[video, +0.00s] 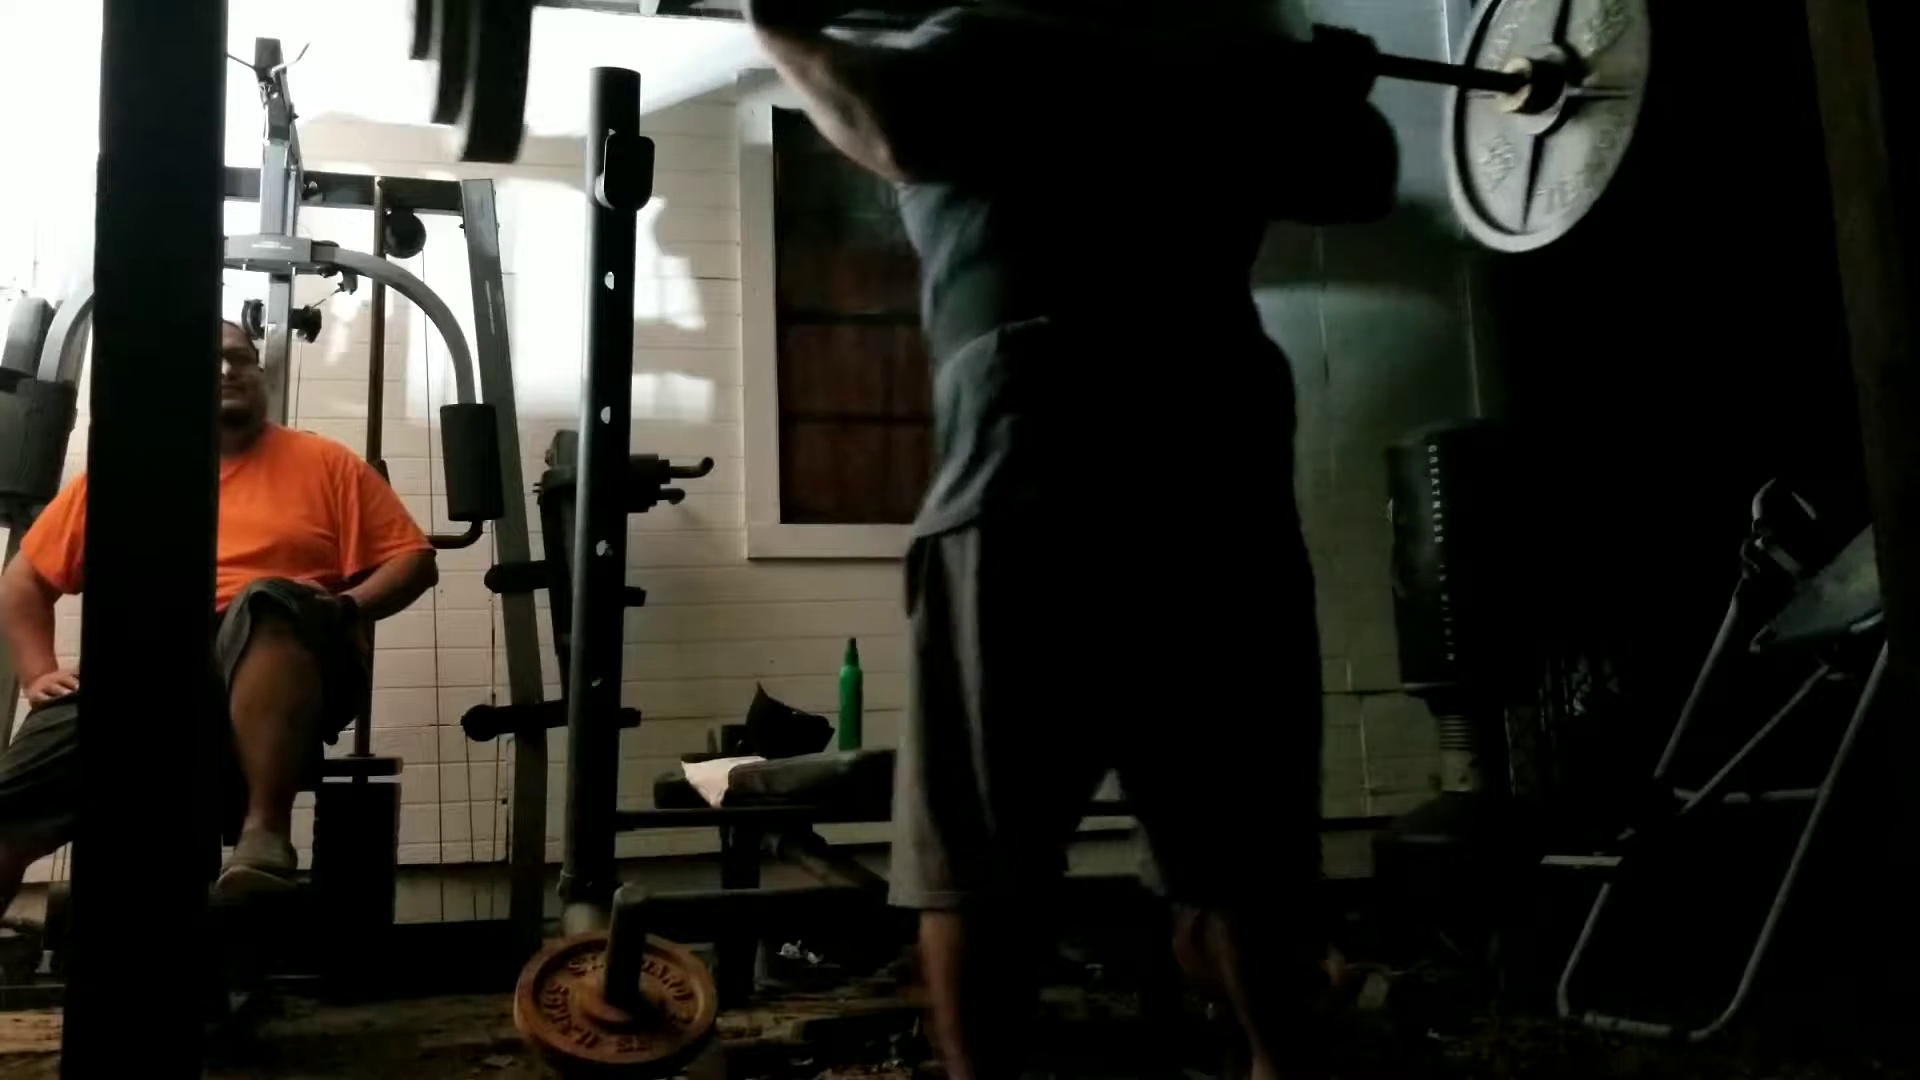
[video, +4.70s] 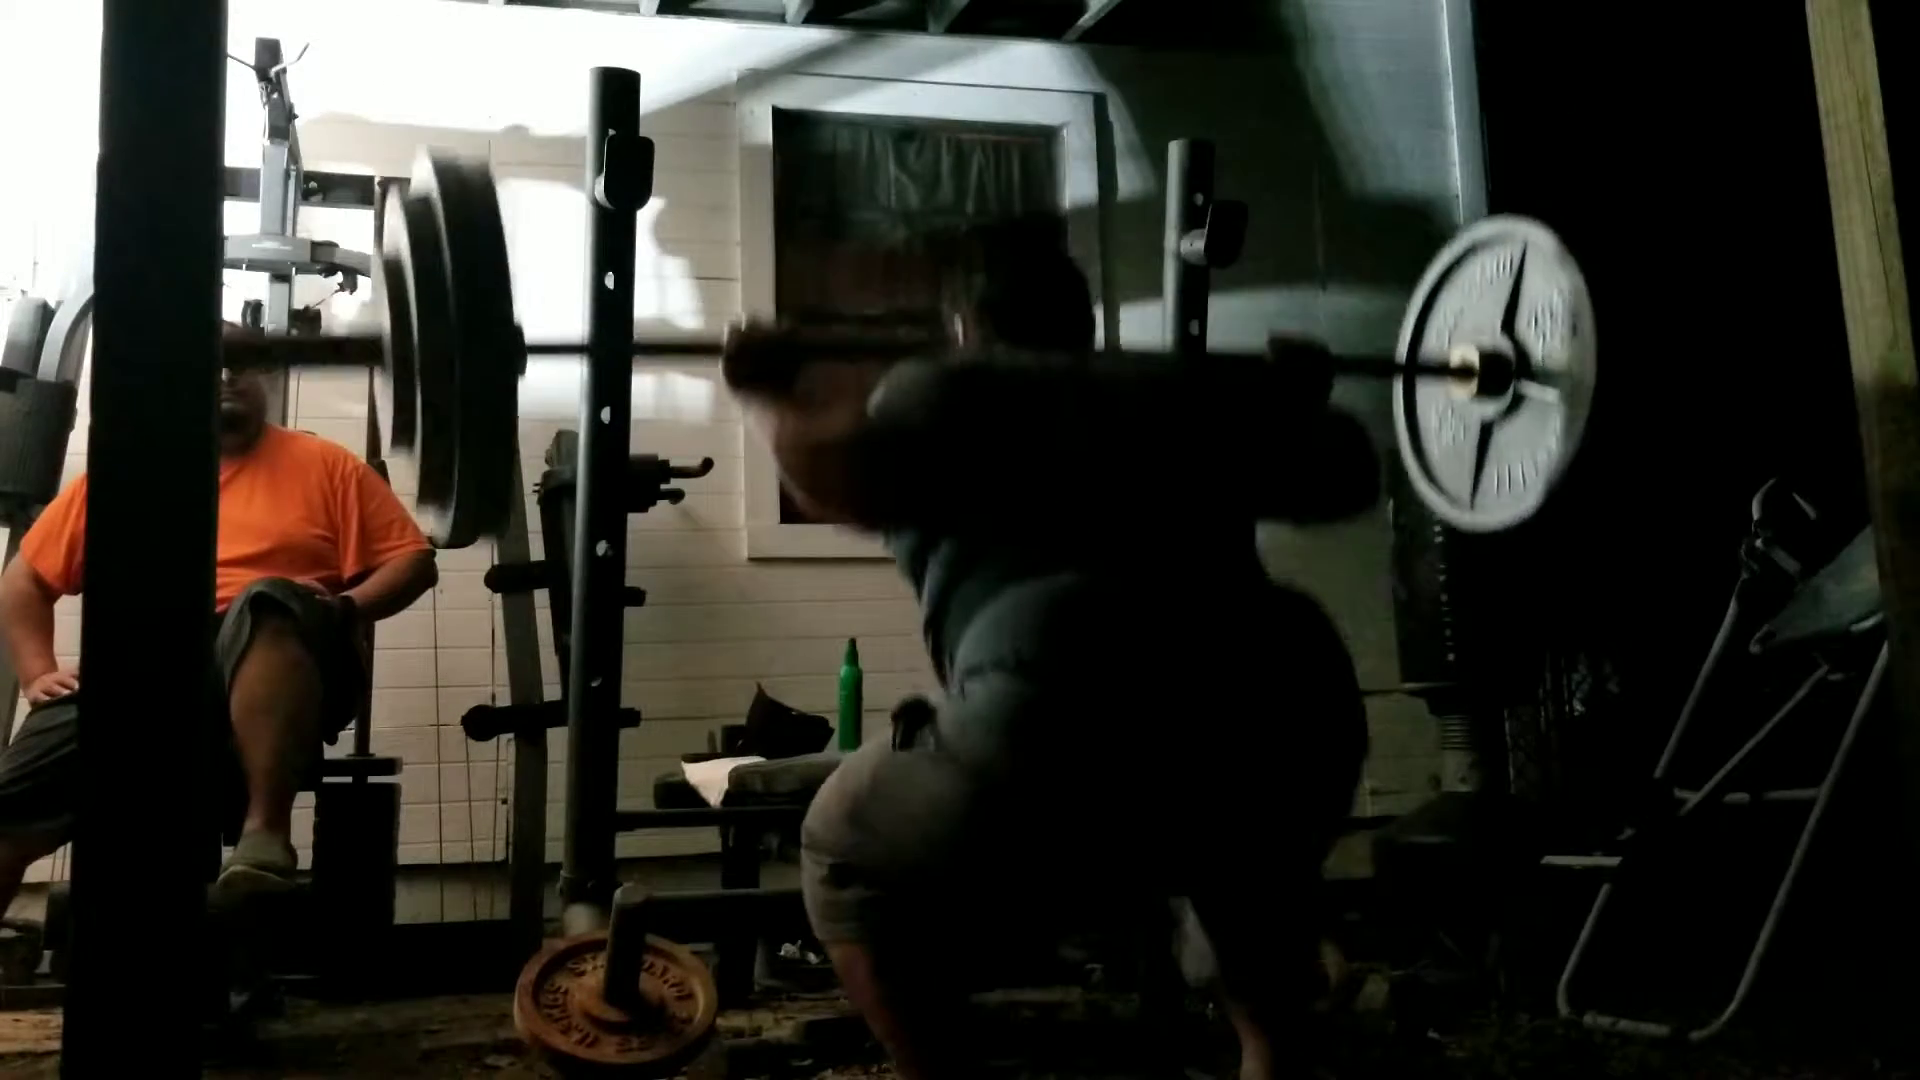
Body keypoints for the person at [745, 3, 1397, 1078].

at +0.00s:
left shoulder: (966, 40)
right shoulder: (1217, 66)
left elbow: (904, 138)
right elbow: (1362, 174)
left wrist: (775, 29)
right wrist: (1337, 79)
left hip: (1025, 463)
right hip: (1222, 467)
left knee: (977, 842)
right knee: (1243, 830)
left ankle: (978, 1066)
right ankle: (1282, 1060)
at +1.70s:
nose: (977, 165)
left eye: (975, 150)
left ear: (980, 151)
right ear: (1107, 147)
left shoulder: (950, 215)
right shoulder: (1200, 220)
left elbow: (847, 288)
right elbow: (1346, 300)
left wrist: (768, 204)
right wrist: (1324, 204)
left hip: (1036, 563)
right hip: (1248, 559)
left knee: (904, 846)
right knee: (1237, 836)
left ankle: (935, 1062)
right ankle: (1281, 1058)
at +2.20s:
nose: (978, 327)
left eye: (982, 312)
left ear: (992, 320)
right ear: (1112, 314)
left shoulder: (960, 389)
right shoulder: (1212, 380)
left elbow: (849, 467)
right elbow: (1374, 463)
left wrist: (784, 392)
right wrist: (1340, 375)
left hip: (1060, 731)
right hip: (1289, 715)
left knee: (876, 845)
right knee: (1275, 884)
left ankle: (928, 1062)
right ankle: (1291, 1060)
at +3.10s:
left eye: (949, 200)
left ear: (960, 201)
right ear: (1091, 197)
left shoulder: (938, 259)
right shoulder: (1182, 252)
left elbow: (830, 309)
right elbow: (1346, 324)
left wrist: (767, 242)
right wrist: (1291, 231)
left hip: (1046, 573)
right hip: (1258, 565)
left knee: (889, 857)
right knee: (1250, 829)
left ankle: (930, 1059)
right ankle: (1280, 1057)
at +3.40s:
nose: (952, 46)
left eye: (957, 33)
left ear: (966, 43)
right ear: (1085, 38)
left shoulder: (937, 114)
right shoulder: (1182, 119)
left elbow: (834, 179)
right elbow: (1339, 197)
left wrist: (760, 102)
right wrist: (1296, 104)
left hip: (1008, 516)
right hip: (1209, 512)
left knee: (916, 845)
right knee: (1241, 833)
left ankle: (936, 1062)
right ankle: (1277, 1060)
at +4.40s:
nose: (954, 189)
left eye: (958, 174)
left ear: (968, 176)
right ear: (1092, 176)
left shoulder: (939, 239)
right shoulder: (1181, 243)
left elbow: (842, 315)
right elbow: (1336, 324)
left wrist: (769, 227)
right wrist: (1295, 231)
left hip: (1042, 566)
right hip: (1250, 559)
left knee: (888, 848)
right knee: (1235, 840)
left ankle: (935, 1060)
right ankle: (1280, 1054)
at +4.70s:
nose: (949, 333)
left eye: (955, 319)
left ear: (970, 327)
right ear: (1086, 323)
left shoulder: (939, 399)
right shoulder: (1182, 396)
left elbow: (833, 481)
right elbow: (1344, 479)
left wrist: (770, 399)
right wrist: (1301, 393)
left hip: (1048, 742)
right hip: (1264, 721)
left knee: (845, 840)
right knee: (1253, 879)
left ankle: (927, 1060)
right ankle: (1273, 1052)